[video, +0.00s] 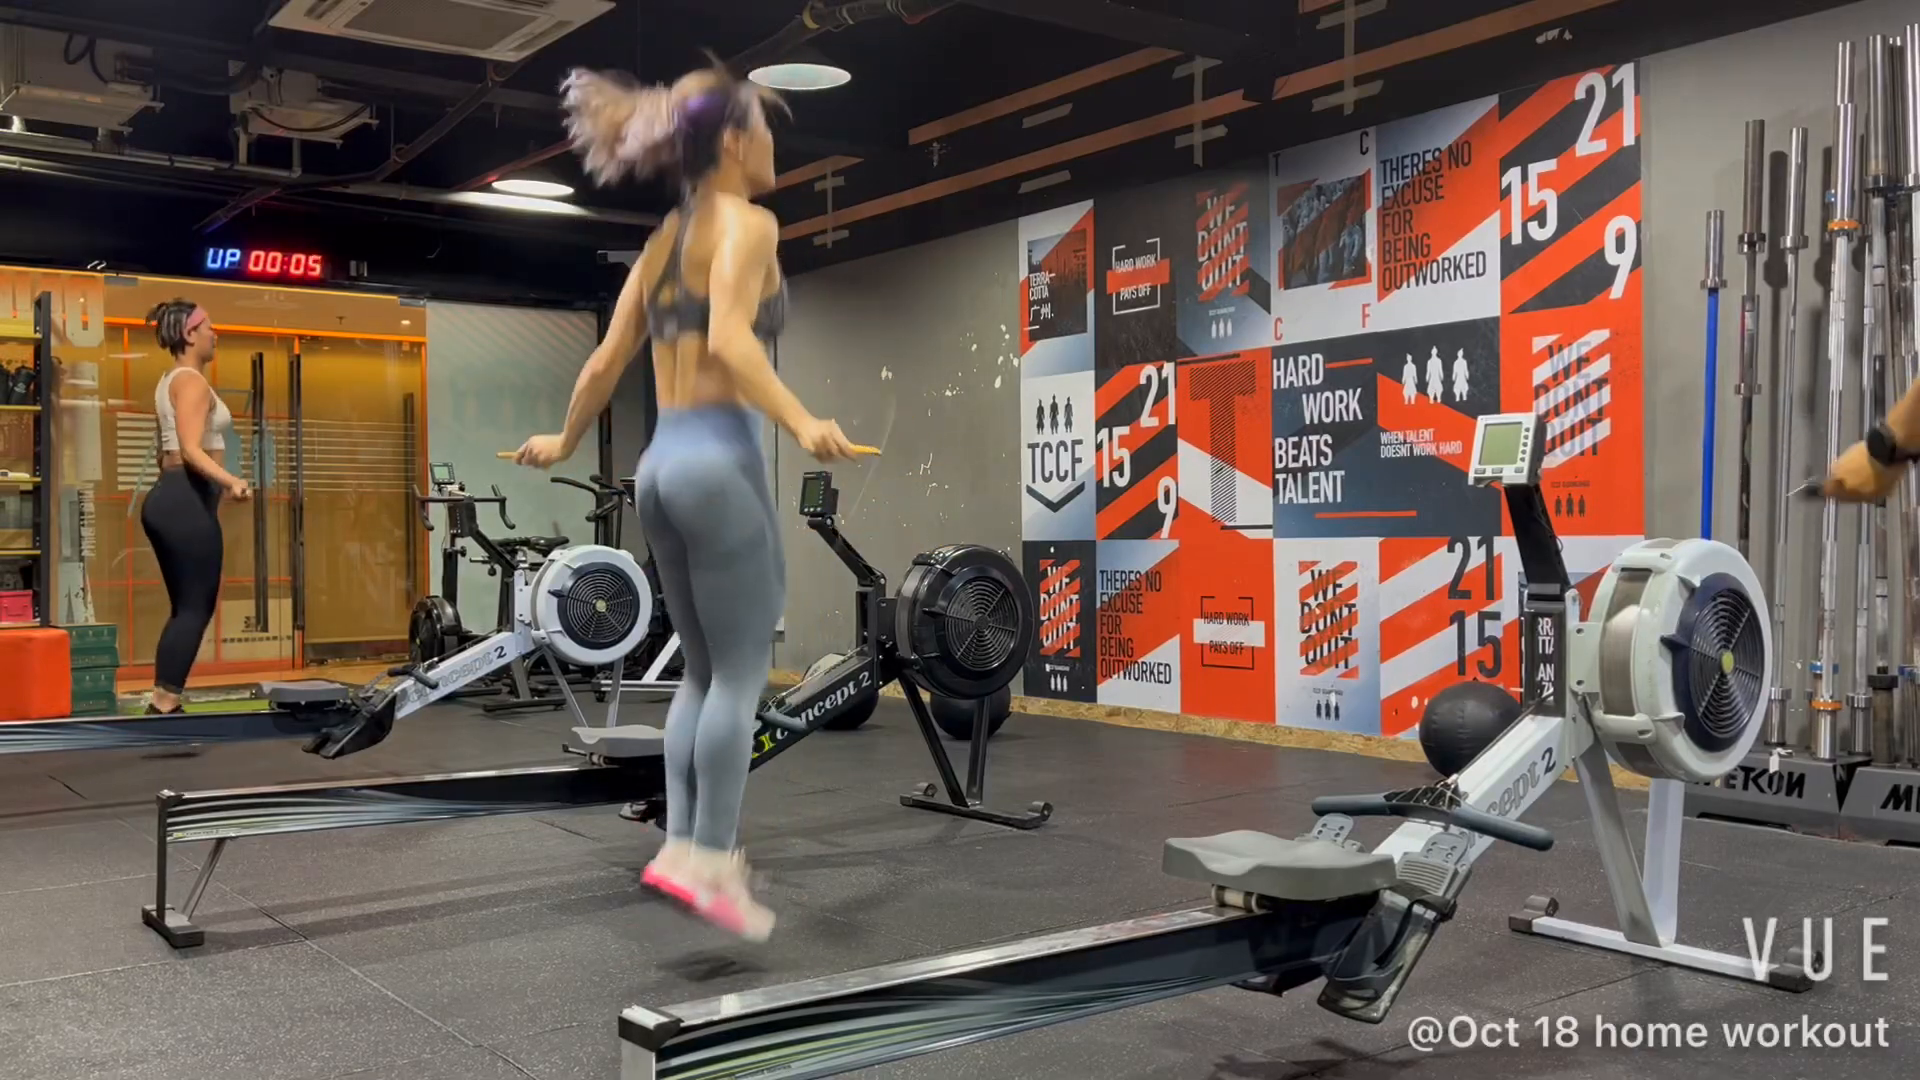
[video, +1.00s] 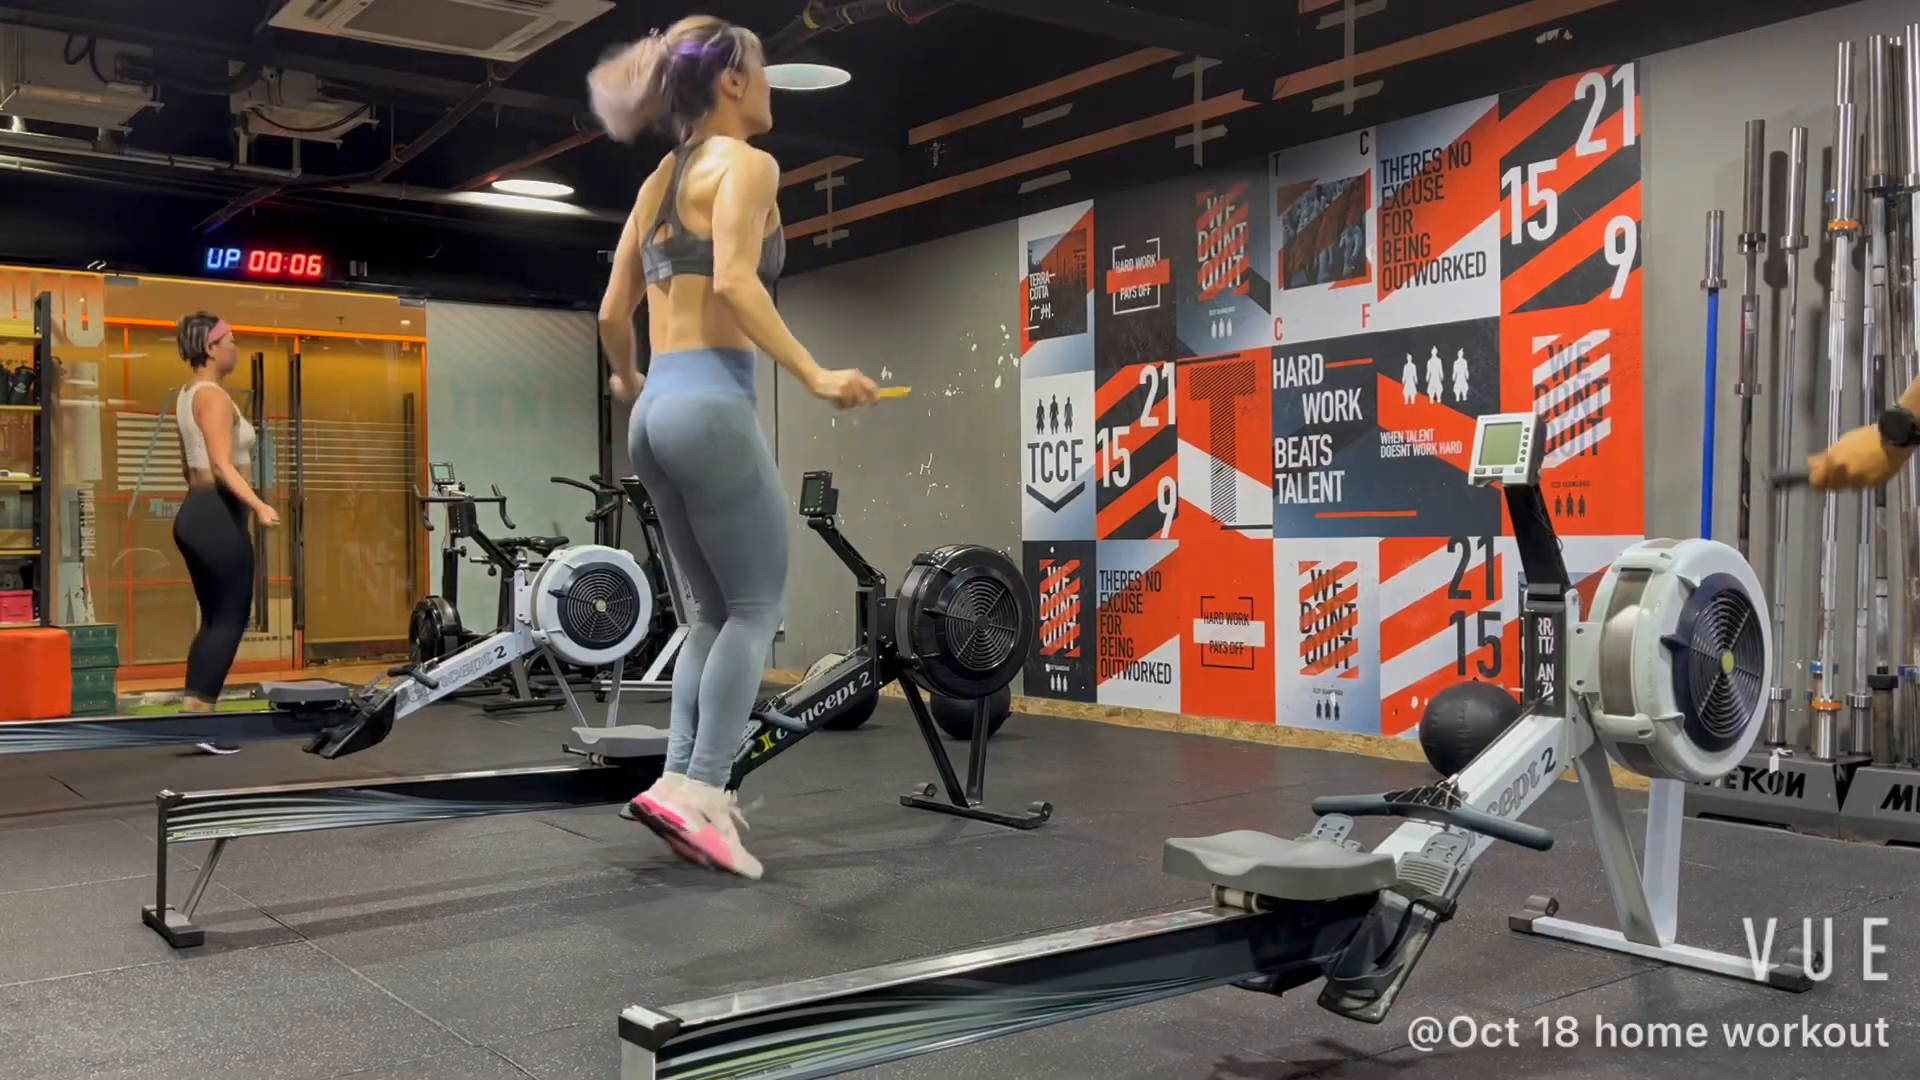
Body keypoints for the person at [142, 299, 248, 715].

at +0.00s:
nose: (215, 331)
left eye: (211, 324)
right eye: (207, 325)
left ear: (183, 337)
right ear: (190, 335)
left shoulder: (172, 380)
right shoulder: (191, 381)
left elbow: (178, 454)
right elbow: (189, 450)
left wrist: (225, 482)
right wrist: (229, 480)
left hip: (169, 495)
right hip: (184, 497)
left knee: (187, 606)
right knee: (197, 606)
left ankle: (164, 699)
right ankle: (166, 702)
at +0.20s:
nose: (221, 361)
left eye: (218, 353)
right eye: (215, 354)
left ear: (191, 361)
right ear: (197, 360)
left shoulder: (176, 405)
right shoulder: (192, 407)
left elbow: (193, 476)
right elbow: (205, 477)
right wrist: (253, 512)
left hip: (175, 523)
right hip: (192, 525)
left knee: (193, 631)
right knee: (206, 632)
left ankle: (158, 715)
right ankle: (164, 718)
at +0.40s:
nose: (222, 337)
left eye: (218, 330)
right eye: (215, 331)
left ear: (191, 340)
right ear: (197, 339)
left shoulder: (178, 385)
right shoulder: (198, 384)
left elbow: (172, 464)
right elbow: (198, 454)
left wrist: (208, 493)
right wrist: (238, 480)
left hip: (182, 501)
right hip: (198, 501)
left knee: (202, 609)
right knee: (213, 608)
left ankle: (177, 700)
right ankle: (180, 703)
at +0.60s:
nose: (228, 357)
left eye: (225, 349)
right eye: (223, 350)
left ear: (196, 356)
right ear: (204, 355)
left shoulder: (181, 401)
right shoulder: (204, 401)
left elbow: (196, 474)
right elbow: (216, 470)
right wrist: (257, 511)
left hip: (189, 519)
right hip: (208, 520)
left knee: (209, 627)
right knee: (220, 627)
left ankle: (181, 716)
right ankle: (183, 718)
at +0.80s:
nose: (232, 338)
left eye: (228, 331)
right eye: (225, 332)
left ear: (201, 343)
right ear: (207, 342)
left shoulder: (186, 389)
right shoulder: (211, 386)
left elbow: (185, 462)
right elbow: (208, 455)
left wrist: (227, 485)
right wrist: (254, 483)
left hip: (193, 508)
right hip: (212, 509)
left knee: (211, 610)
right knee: (227, 610)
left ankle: (190, 701)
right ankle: (195, 705)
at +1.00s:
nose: (236, 348)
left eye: (232, 340)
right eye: (229, 342)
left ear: (204, 350)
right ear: (210, 349)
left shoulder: (189, 395)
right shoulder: (212, 395)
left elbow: (196, 469)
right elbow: (221, 464)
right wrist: (259, 505)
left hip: (197, 512)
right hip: (216, 513)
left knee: (215, 617)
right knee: (232, 617)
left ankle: (196, 708)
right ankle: (200, 710)